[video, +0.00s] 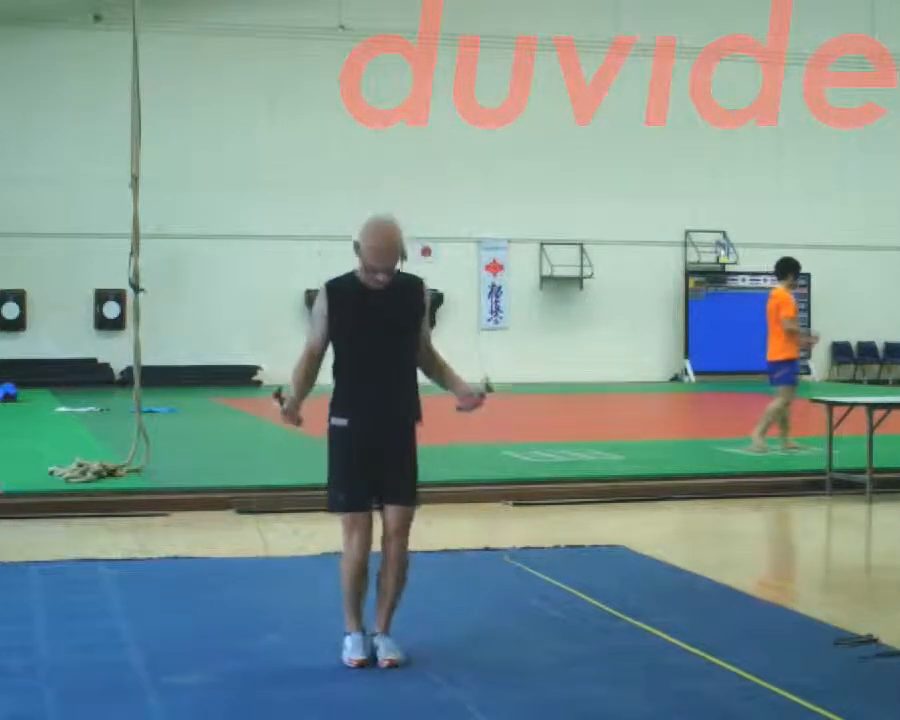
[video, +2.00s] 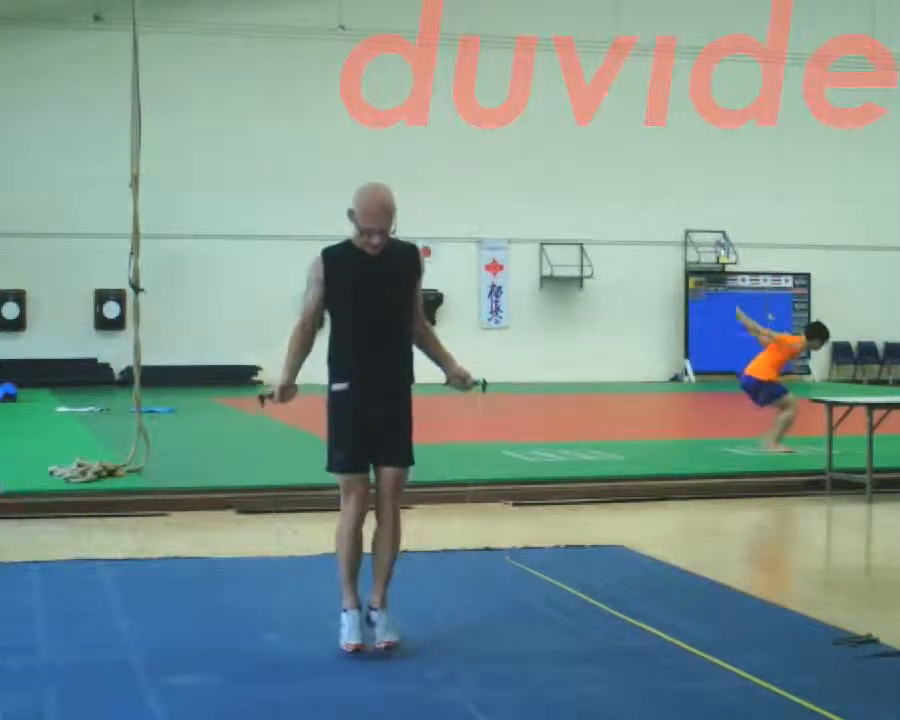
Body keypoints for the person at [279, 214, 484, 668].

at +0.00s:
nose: (381, 277)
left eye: (389, 268)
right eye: (373, 269)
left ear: (401, 256)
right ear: (357, 254)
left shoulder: (416, 294)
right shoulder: (333, 295)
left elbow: (424, 353)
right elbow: (313, 354)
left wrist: (459, 387)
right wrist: (295, 399)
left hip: (398, 426)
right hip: (350, 426)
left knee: (398, 530)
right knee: (357, 532)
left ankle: (382, 632)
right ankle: (354, 632)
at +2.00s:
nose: (376, 240)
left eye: (383, 232)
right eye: (368, 233)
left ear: (394, 222)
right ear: (353, 220)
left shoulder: (409, 258)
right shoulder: (329, 262)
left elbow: (417, 324)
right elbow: (308, 324)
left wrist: (450, 366)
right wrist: (288, 377)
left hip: (395, 392)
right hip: (349, 393)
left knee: (390, 498)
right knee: (355, 499)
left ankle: (379, 608)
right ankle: (350, 609)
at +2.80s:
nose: (372, 242)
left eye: (380, 233)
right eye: (364, 234)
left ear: (391, 223)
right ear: (347, 220)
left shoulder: (404, 260)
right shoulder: (326, 265)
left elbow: (415, 327)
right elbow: (301, 330)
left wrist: (445, 371)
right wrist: (279, 384)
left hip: (392, 396)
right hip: (345, 398)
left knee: (386, 507)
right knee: (349, 504)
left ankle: (378, 611)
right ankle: (345, 612)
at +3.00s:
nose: (372, 268)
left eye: (380, 259)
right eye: (363, 260)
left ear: (391, 248)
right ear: (348, 247)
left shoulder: (406, 287)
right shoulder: (323, 292)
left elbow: (418, 351)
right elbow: (307, 353)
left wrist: (453, 385)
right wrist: (293, 397)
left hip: (391, 421)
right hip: (343, 421)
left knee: (389, 523)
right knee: (351, 527)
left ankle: (375, 622)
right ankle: (345, 622)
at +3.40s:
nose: (372, 246)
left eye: (379, 238)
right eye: (363, 238)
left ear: (391, 229)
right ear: (348, 229)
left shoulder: (407, 270)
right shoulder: (327, 274)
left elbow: (418, 334)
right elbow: (308, 336)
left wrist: (451, 372)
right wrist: (294, 384)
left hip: (391, 401)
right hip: (344, 401)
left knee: (386, 499)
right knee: (351, 502)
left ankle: (376, 615)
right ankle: (347, 616)